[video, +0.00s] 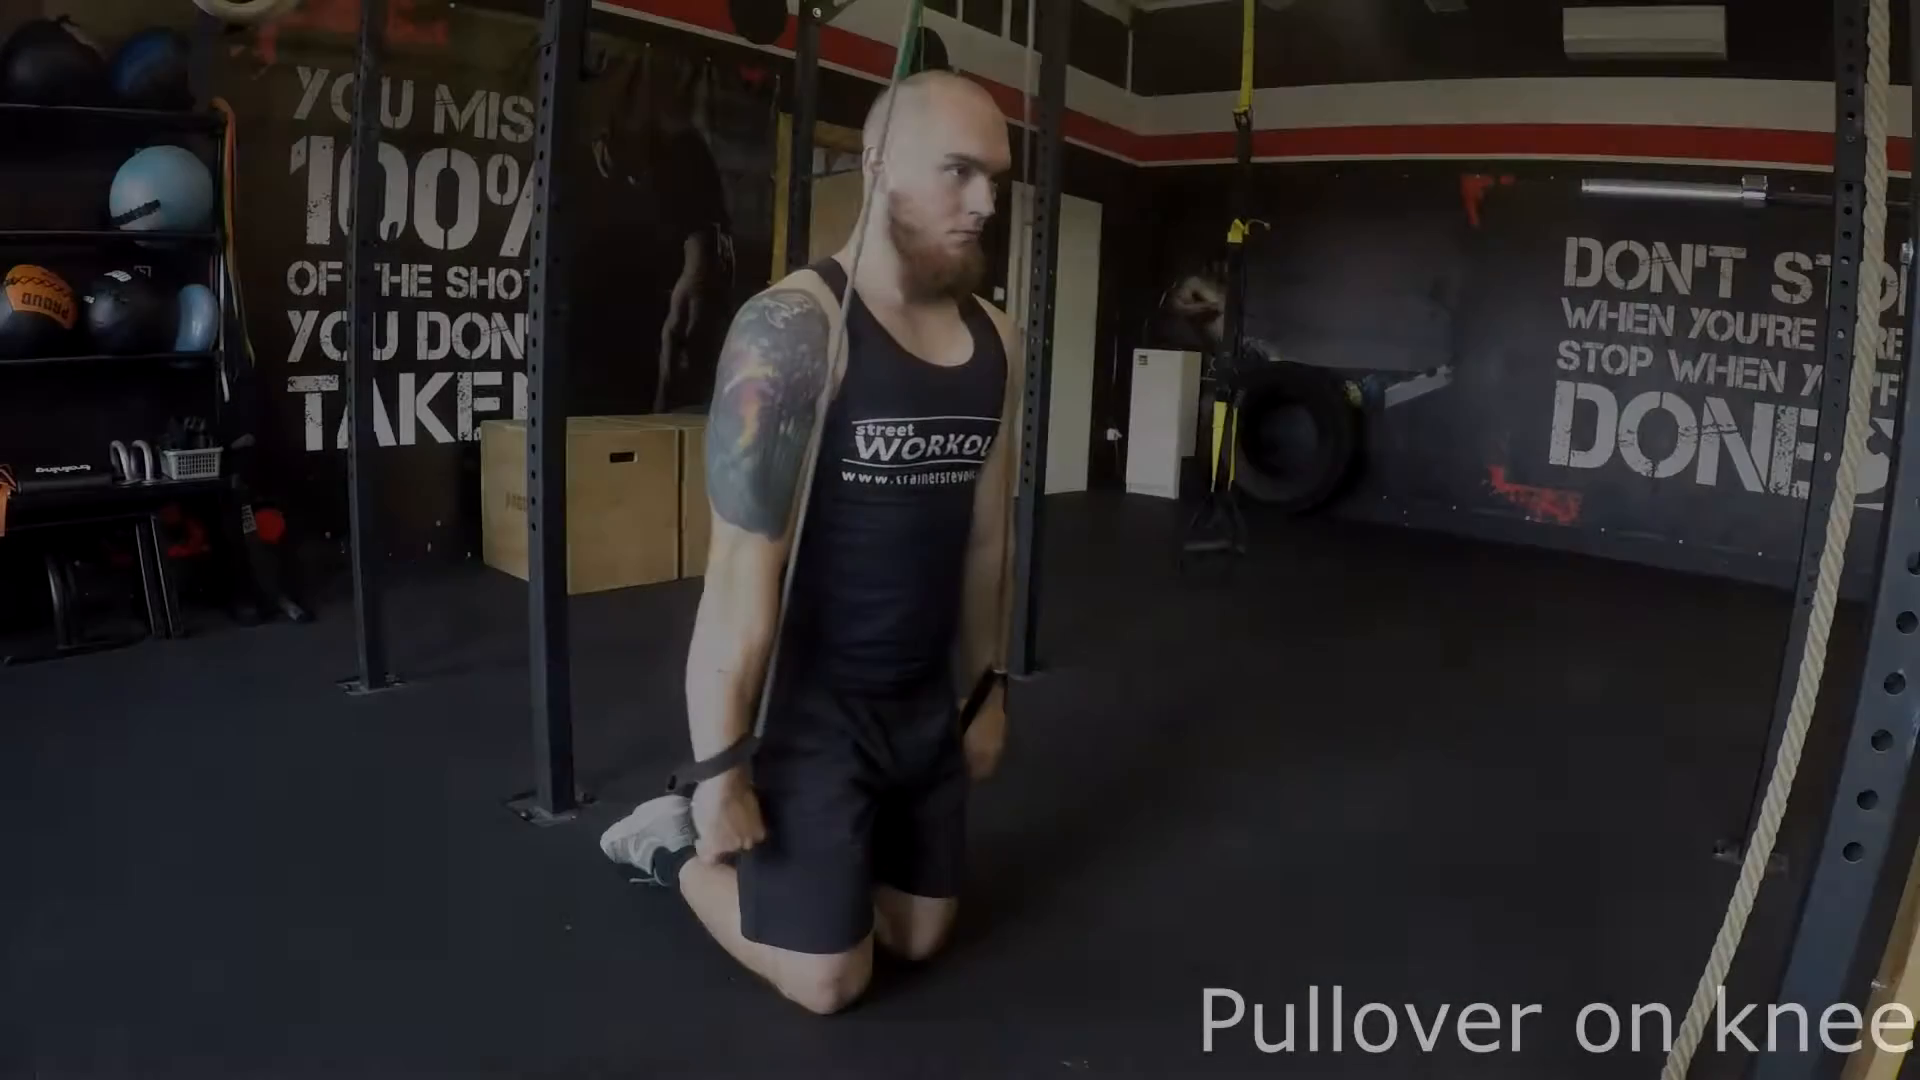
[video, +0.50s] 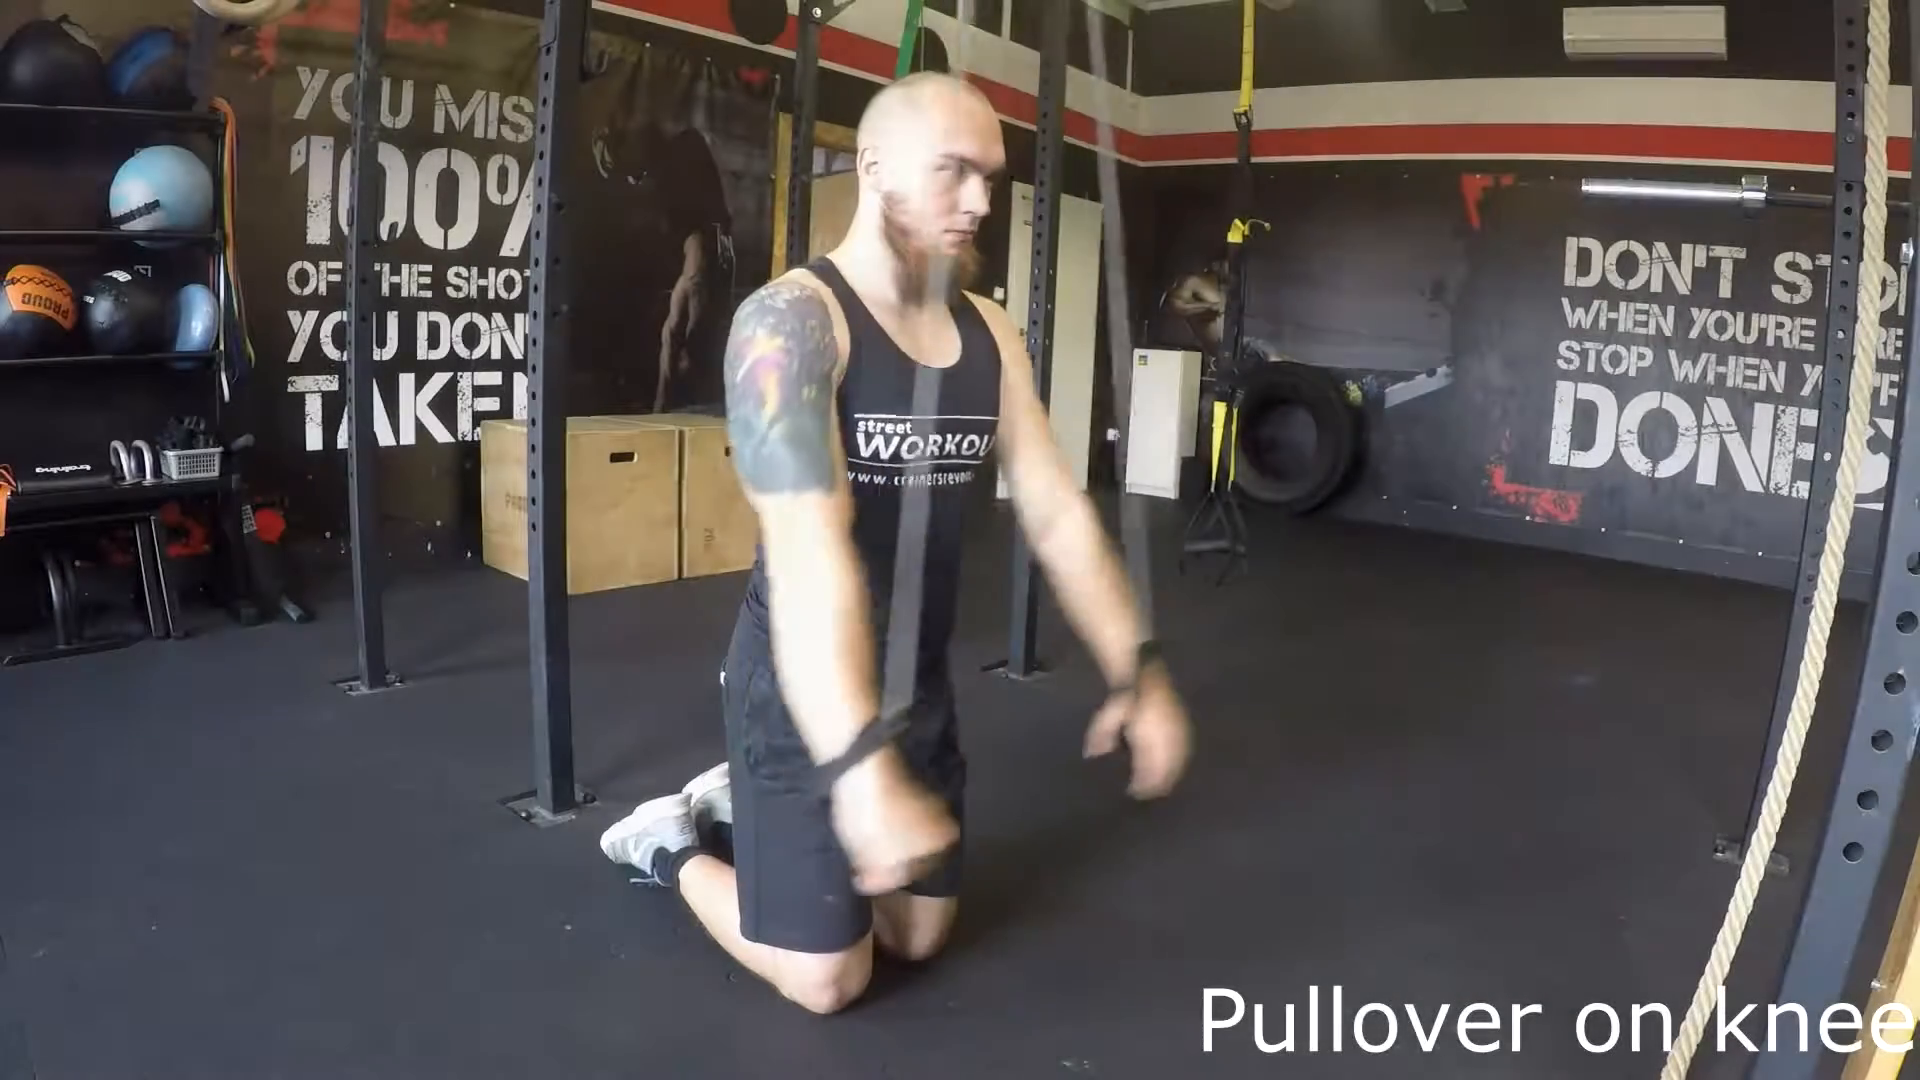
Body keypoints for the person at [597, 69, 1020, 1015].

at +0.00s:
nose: (983, 204)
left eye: (995, 179)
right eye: (958, 172)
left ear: (1003, 187)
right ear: (879, 167)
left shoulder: (990, 337)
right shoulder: (789, 329)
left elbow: (988, 530)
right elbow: (744, 564)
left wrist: (986, 682)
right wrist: (721, 768)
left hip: (923, 698)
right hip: (804, 705)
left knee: (918, 931)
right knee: (826, 979)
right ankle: (682, 845)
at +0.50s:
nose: (979, 202)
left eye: (990, 178)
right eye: (955, 171)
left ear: (996, 185)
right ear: (876, 170)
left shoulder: (988, 332)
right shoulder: (789, 325)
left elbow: (1053, 505)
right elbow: (807, 561)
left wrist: (1137, 671)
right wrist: (862, 766)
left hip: (917, 680)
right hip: (801, 682)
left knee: (914, 933)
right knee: (822, 978)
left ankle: (751, 803)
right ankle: (671, 849)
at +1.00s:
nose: (969, 201)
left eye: (980, 180)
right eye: (943, 175)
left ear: (985, 181)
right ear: (863, 176)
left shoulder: (960, 292)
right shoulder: (793, 282)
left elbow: (1133, 303)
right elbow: (967, 263)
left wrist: (1320, 312)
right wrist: (1189, 212)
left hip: (913, 683)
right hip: (797, 683)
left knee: (916, 932)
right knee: (821, 977)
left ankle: (753, 809)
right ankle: (677, 854)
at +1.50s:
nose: (989, 205)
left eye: (1000, 180)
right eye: (963, 173)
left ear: (1007, 189)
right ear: (882, 174)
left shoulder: (1000, 333)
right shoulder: (804, 324)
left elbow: (1091, 492)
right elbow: (858, 549)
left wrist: (1194, 647)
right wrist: (939, 757)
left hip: (919, 678)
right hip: (802, 685)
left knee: (916, 932)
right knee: (824, 980)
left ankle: (748, 808)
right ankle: (673, 852)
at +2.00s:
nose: (996, 206)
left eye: (1007, 181)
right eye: (971, 175)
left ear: (1012, 190)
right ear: (891, 174)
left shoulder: (996, 340)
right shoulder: (793, 335)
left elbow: (982, 538)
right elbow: (739, 575)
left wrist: (967, 683)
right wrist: (712, 766)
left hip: (926, 698)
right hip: (805, 704)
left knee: (916, 934)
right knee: (826, 981)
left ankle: (767, 829)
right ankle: (682, 840)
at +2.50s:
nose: (990, 201)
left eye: (1002, 176)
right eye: (964, 169)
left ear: (1007, 186)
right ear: (886, 173)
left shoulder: (996, 337)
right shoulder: (796, 333)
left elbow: (1037, 530)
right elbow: (782, 583)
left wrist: (1084, 679)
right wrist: (801, 793)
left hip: (920, 693)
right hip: (810, 694)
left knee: (916, 932)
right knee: (825, 981)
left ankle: (731, 808)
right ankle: (673, 854)